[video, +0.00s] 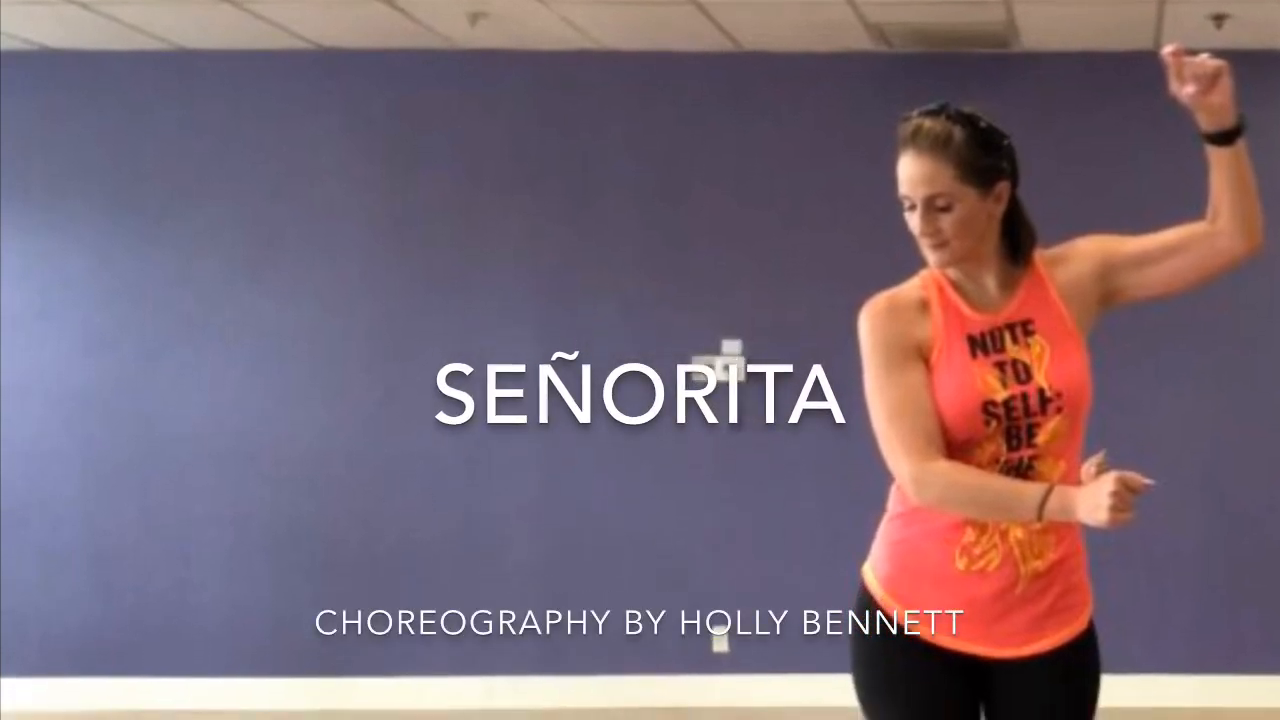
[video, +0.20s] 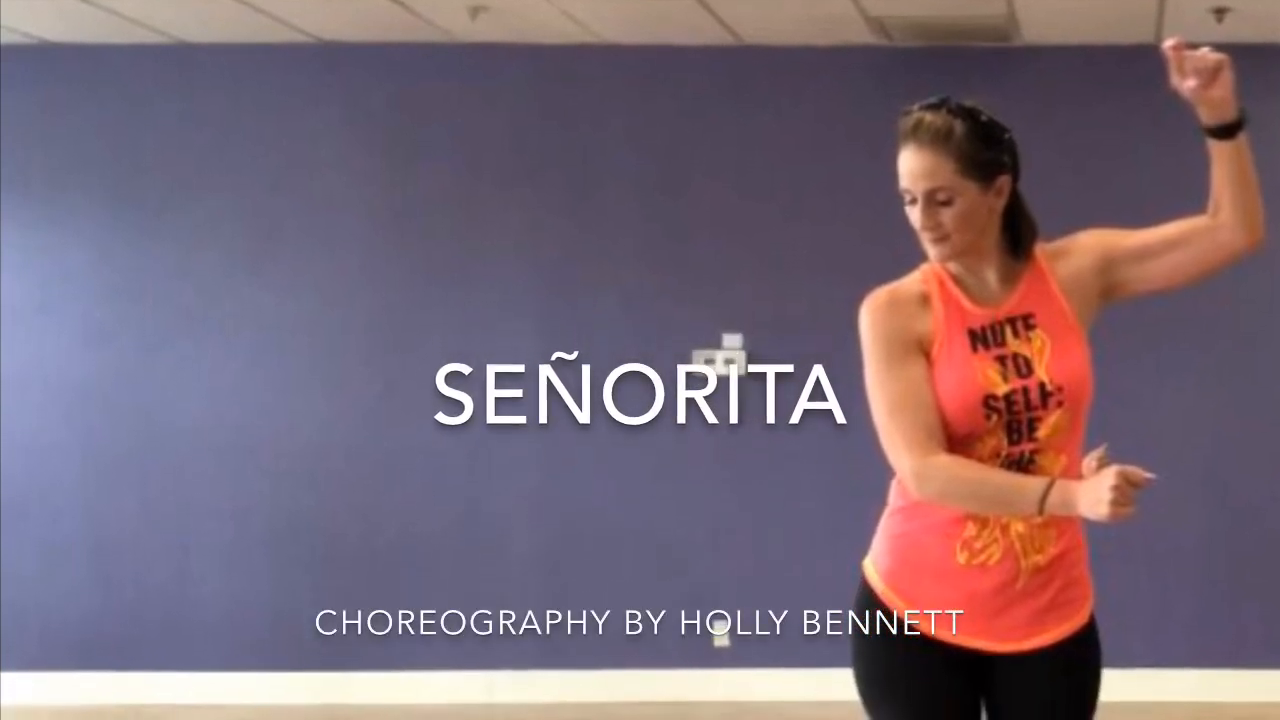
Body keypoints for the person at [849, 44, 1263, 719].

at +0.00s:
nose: (922, 226)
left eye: (941, 207)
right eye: (910, 208)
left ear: (999, 194)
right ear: (900, 203)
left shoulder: (1079, 275)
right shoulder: (894, 319)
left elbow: (1236, 235)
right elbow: (922, 476)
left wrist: (1220, 125)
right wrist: (1066, 500)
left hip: (1046, 631)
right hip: (914, 630)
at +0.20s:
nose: (923, 220)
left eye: (942, 200)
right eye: (910, 201)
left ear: (1000, 189)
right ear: (900, 196)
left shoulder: (1079, 269)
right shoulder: (895, 313)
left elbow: (1237, 230)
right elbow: (923, 470)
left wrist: (1221, 118)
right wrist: (1065, 495)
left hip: (1046, 625)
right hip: (915, 625)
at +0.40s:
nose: (923, 214)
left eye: (943, 194)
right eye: (911, 195)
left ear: (1001, 182)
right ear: (901, 190)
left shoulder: (1081, 263)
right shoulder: (896, 307)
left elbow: (1237, 224)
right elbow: (924, 463)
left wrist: (1222, 112)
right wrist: (1066, 490)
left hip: (1047, 620)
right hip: (915, 621)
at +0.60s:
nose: (924, 207)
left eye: (944, 187)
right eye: (912, 189)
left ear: (1001, 176)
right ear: (902, 184)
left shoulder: (1082, 256)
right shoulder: (896, 301)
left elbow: (1240, 218)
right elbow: (925, 457)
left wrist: (1222, 105)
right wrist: (1068, 483)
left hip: (1048, 616)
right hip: (915, 615)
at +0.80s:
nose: (925, 201)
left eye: (944, 181)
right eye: (912, 183)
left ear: (1002, 170)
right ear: (903, 179)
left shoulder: (1083, 250)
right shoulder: (897, 295)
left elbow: (1240, 212)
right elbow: (925, 452)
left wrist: (1223, 99)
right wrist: (1069, 477)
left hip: (1050, 609)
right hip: (916, 608)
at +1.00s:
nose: (926, 195)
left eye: (945, 175)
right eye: (913, 177)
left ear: (1003, 164)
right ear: (903, 173)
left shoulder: (1085, 244)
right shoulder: (898, 289)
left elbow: (1241, 206)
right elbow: (925, 447)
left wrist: (1224, 93)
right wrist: (1070, 471)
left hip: (1051, 604)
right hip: (917, 603)